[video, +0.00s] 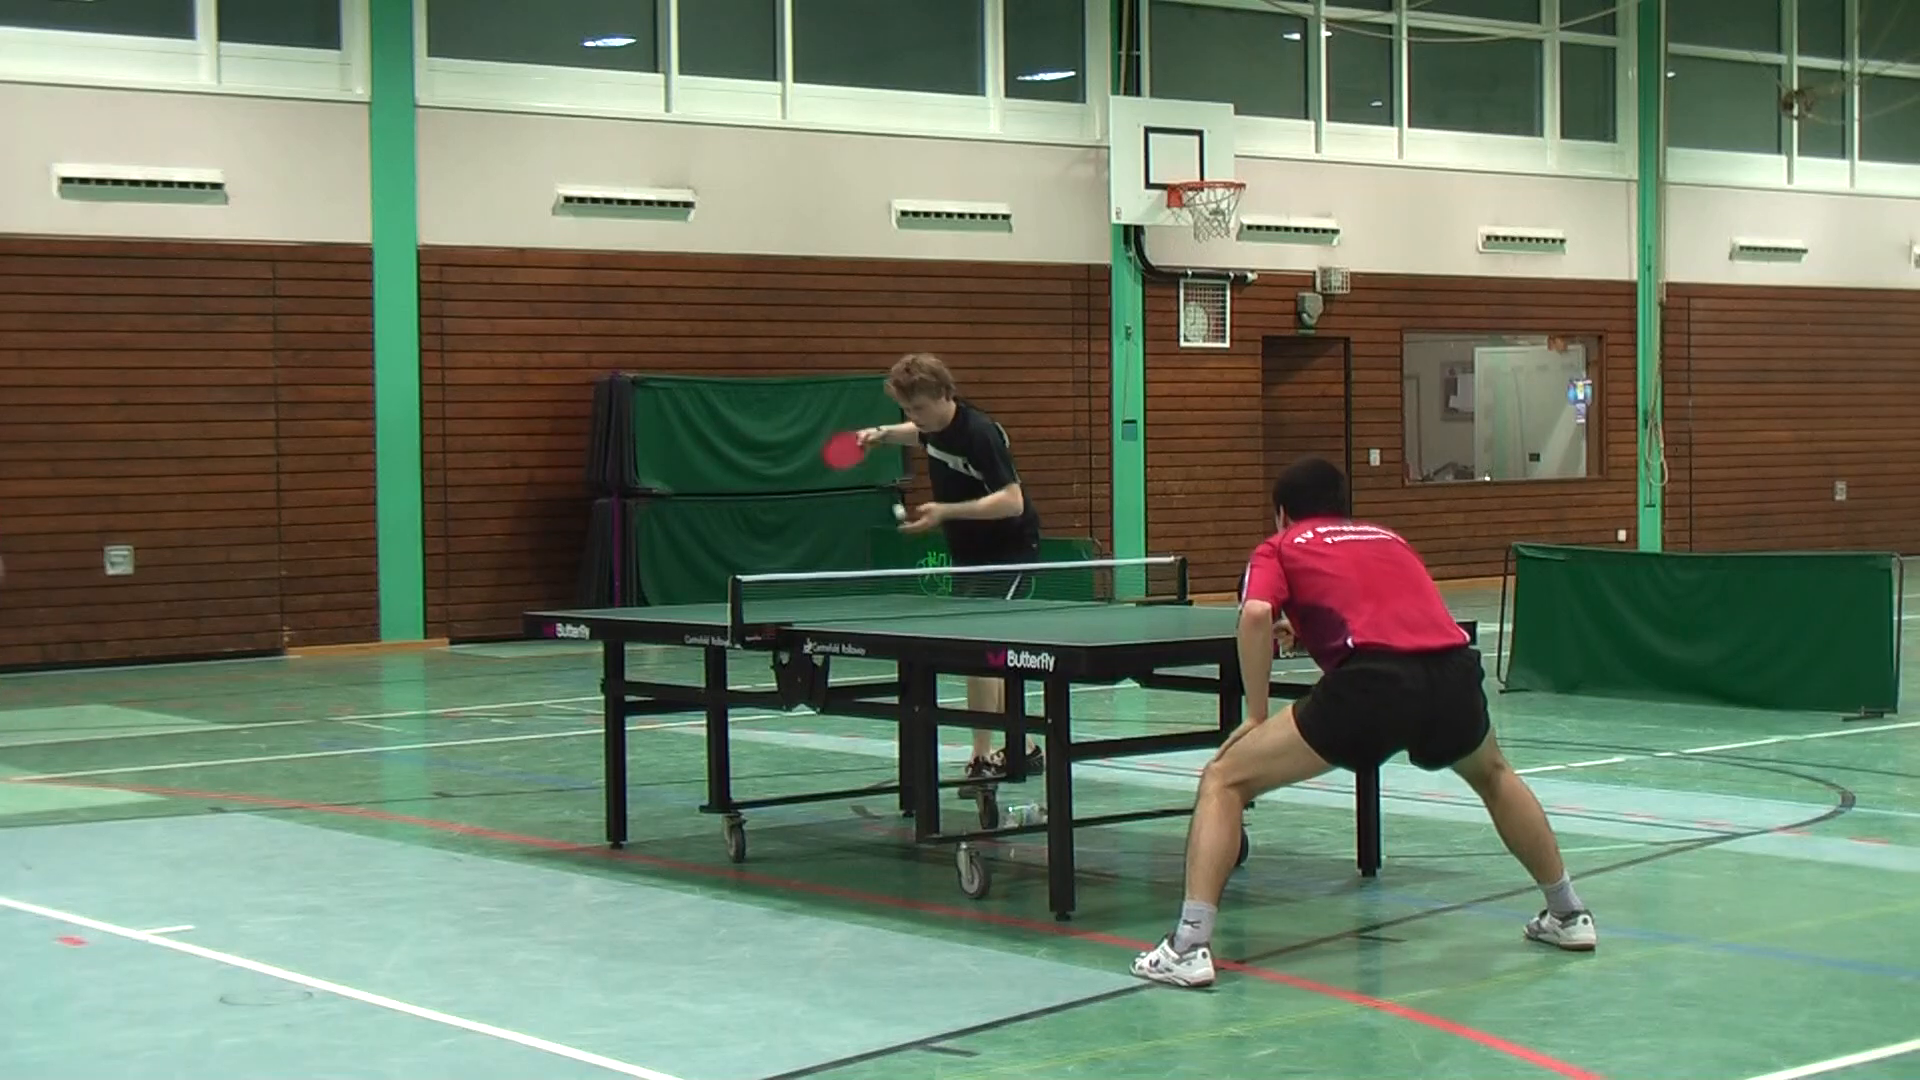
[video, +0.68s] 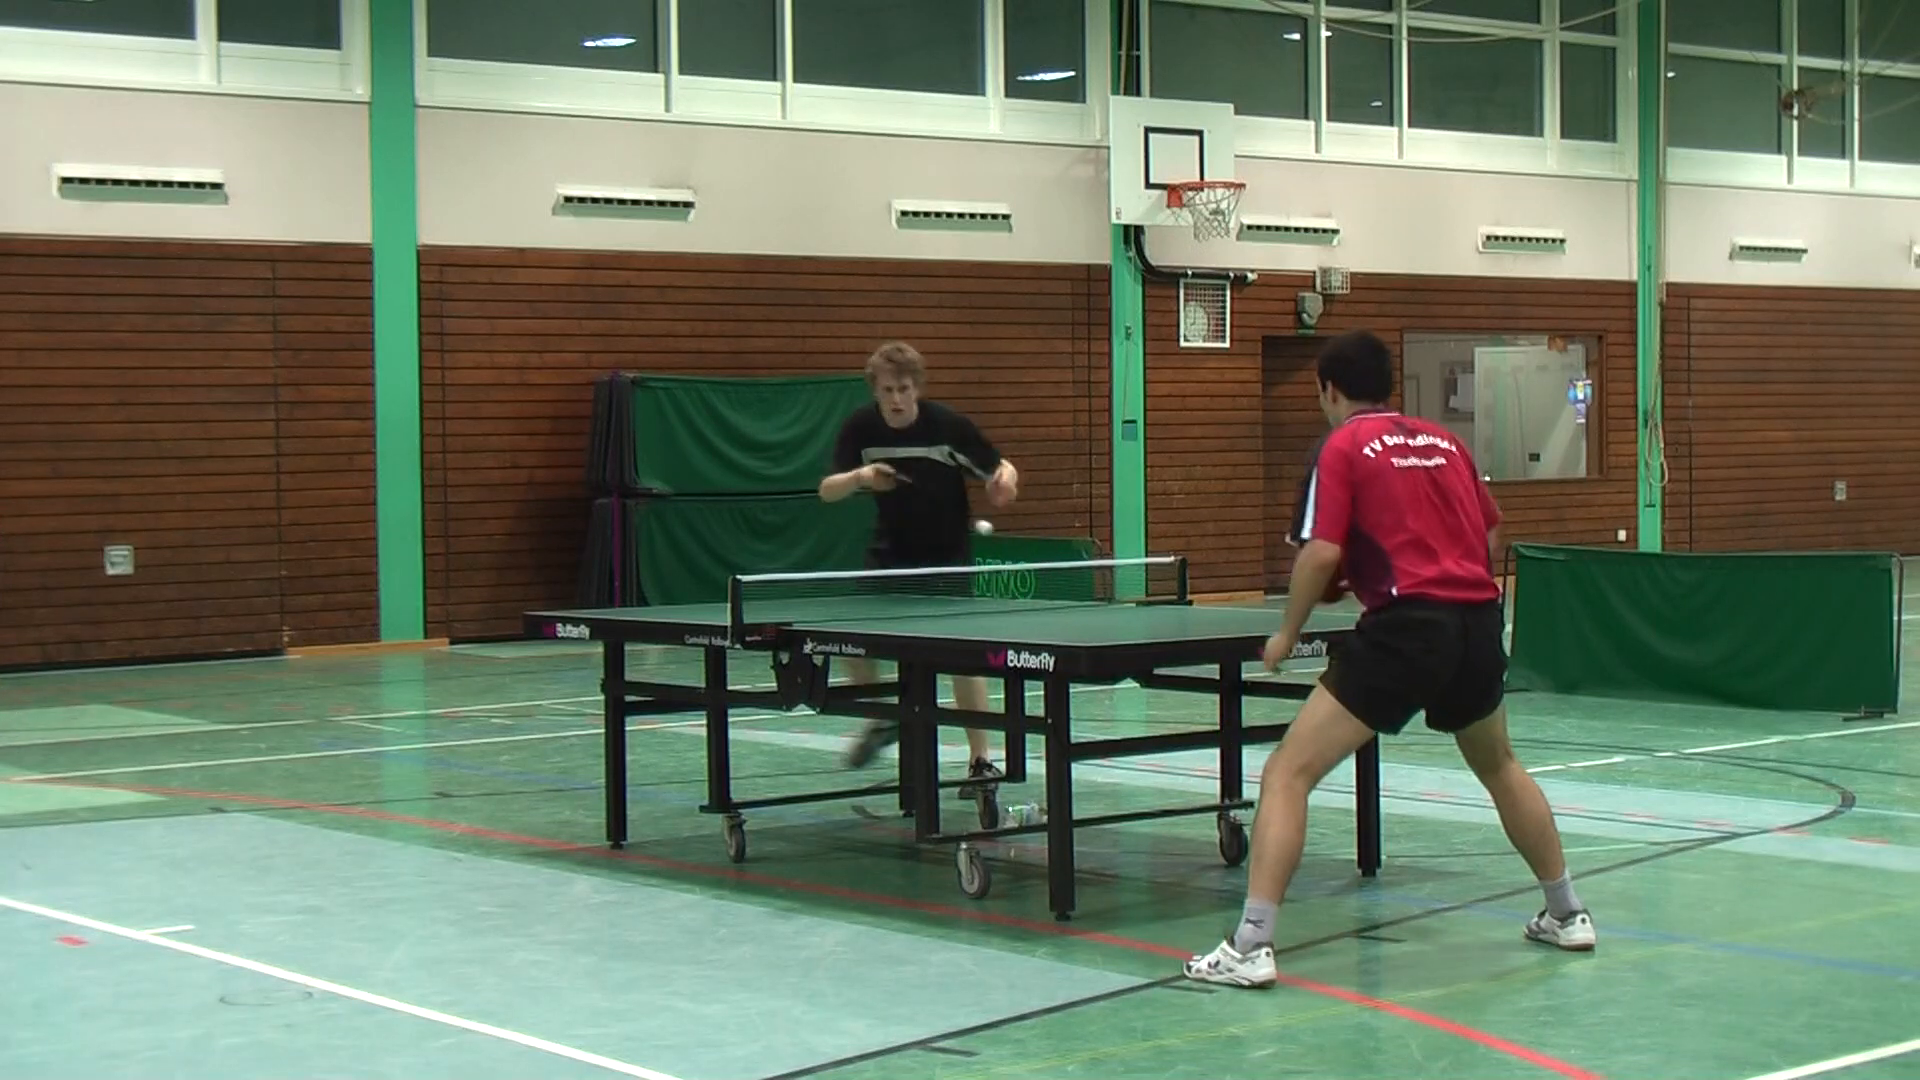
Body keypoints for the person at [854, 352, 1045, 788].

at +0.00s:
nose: (910, 417)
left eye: (914, 409)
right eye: (907, 410)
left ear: (942, 397)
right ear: (920, 406)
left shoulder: (980, 433)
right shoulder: (934, 426)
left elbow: (1013, 502)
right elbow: (916, 432)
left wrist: (945, 511)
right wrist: (881, 434)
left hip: (1006, 558)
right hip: (970, 555)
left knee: (978, 652)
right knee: (991, 652)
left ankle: (982, 755)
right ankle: (1020, 747)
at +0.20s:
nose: (894, 415)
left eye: (900, 406)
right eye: (891, 407)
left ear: (927, 398)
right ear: (897, 404)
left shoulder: (977, 432)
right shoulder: (910, 432)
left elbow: (1027, 487)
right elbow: (887, 452)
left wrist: (988, 526)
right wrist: (838, 453)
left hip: (1002, 558)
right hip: (959, 557)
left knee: (979, 652)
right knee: (983, 652)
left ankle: (982, 756)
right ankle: (1018, 745)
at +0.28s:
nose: (891, 415)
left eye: (896, 406)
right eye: (887, 407)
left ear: (924, 399)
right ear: (893, 404)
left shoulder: (975, 430)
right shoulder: (899, 438)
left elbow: (1029, 483)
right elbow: (876, 480)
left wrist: (998, 523)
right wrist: (825, 484)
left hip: (996, 560)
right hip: (954, 561)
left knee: (979, 655)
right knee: (981, 656)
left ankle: (983, 756)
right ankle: (1016, 747)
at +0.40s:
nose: (893, 410)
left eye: (900, 402)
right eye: (889, 401)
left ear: (926, 395)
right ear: (888, 397)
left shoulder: (970, 425)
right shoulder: (888, 438)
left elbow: (1027, 473)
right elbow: (883, 503)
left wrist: (1005, 490)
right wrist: (872, 527)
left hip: (986, 558)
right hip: (938, 561)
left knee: (976, 653)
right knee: (978, 654)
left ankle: (982, 755)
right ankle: (998, 744)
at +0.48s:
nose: (900, 407)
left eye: (908, 398)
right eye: (893, 397)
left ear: (931, 393)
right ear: (887, 393)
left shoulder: (969, 421)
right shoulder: (881, 431)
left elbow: (1026, 469)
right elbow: (874, 499)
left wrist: (999, 470)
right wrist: (906, 499)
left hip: (977, 557)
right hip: (925, 561)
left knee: (968, 653)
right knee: (937, 652)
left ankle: (982, 752)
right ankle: (996, 720)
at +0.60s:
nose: (905, 403)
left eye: (913, 393)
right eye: (896, 394)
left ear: (929, 388)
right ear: (886, 391)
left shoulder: (961, 421)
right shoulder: (873, 428)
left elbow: (1019, 473)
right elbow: (846, 494)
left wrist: (997, 468)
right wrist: (881, 473)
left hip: (962, 563)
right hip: (904, 565)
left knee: (972, 657)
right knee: (891, 656)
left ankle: (982, 759)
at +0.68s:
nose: (896, 400)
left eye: (904, 389)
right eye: (886, 391)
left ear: (918, 387)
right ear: (874, 390)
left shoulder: (948, 424)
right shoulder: (860, 428)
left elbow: (1001, 468)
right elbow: (827, 491)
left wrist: (1005, 477)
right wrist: (860, 477)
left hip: (949, 561)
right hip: (888, 562)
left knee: (964, 659)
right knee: (848, 640)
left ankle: (981, 760)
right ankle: (880, 716)